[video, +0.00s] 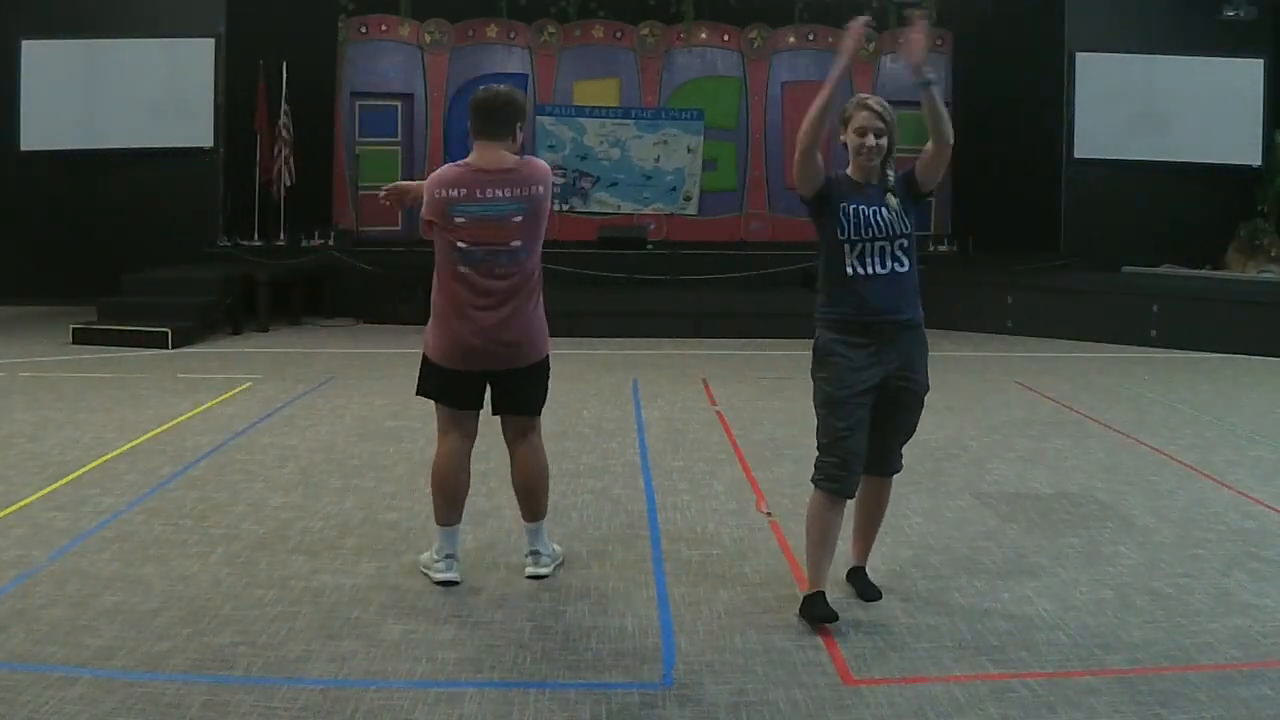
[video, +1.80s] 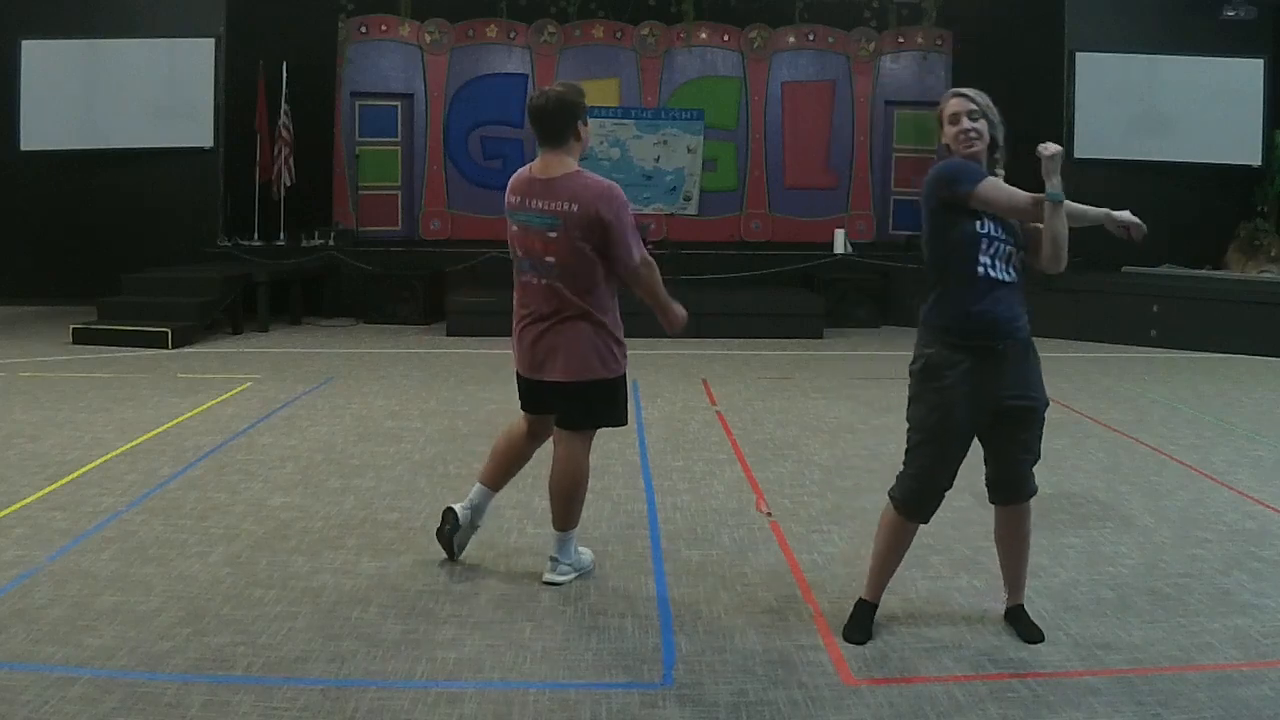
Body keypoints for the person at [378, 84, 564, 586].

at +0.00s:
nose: (525, 134)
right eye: (525, 127)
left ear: (470, 127)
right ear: (519, 131)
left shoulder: (443, 181)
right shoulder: (539, 177)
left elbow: (432, 229)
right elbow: (488, 184)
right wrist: (421, 189)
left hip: (455, 340)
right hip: (522, 339)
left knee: (453, 436)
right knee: (525, 436)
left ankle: (446, 555)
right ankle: (538, 549)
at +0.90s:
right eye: (548, 127)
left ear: (497, 130)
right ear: (545, 131)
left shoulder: (467, 193)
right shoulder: (570, 182)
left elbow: (467, 244)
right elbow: (527, 219)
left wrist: (443, 233)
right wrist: (457, 230)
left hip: (491, 344)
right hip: (559, 343)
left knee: (477, 438)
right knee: (555, 439)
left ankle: (450, 551)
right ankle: (561, 554)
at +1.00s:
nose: (548, 134)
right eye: (552, 127)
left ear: (502, 131)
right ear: (550, 131)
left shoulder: (472, 195)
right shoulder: (578, 185)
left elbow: (476, 255)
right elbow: (575, 244)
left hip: (497, 344)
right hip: (565, 343)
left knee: (481, 437)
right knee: (559, 441)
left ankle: (453, 550)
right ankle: (561, 554)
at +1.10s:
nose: (554, 132)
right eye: (557, 126)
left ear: (506, 131)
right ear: (555, 130)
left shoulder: (478, 196)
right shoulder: (586, 189)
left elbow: (477, 260)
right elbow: (596, 248)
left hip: (502, 343)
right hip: (570, 344)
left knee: (485, 435)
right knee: (562, 441)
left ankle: (456, 546)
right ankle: (562, 552)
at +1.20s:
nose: (562, 133)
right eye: (562, 127)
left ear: (512, 131)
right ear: (560, 132)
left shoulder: (485, 198)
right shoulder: (591, 194)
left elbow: (476, 279)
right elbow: (630, 259)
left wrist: (475, 341)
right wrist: (646, 302)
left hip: (508, 341)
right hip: (575, 344)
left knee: (488, 435)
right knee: (565, 440)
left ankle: (455, 542)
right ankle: (562, 553)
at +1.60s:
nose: (590, 129)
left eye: (586, 122)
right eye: (589, 123)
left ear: (535, 130)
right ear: (582, 129)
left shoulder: (509, 191)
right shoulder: (606, 190)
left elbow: (477, 252)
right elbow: (638, 265)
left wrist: (438, 298)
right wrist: (681, 327)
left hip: (530, 344)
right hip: (588, 348)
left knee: (527, 418)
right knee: (573, 444)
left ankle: (471, 516)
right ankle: (564, 554)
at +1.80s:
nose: (590, 129)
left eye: (587, 122)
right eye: (588, 123)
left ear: (535, 130)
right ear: (581, 129)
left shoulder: (517, 185)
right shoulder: (603, 196)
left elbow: (536, 250)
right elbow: (637, 265)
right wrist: (667, 308)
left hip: (531, 340)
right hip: (586, 346)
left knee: (534, 423)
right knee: (574, 443)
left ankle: (470, 509)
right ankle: (563, 554)